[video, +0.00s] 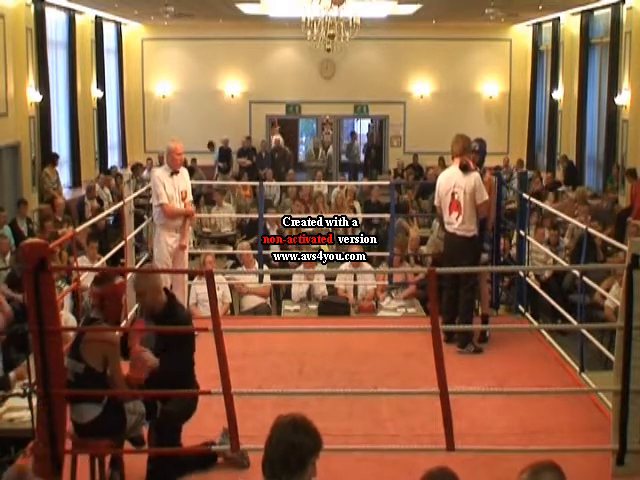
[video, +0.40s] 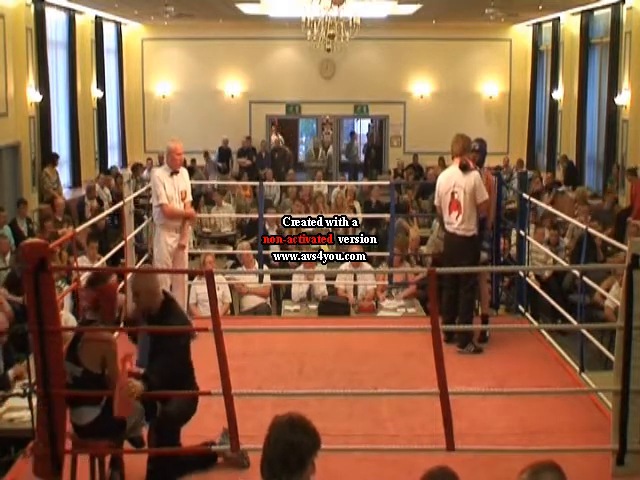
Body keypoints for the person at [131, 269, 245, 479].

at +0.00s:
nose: (139, 300)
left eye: (144, 294)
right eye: (137, 294)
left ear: (158, 290)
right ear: (136, 291)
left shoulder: (178, 318)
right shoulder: (144, 314)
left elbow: (183, 366)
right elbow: (125, 351)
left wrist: (157, 364)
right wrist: (127, 338)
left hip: (180, 392)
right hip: (154, 390)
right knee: (164, 465)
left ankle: (217, 451)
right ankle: (216, 448)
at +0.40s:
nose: (140, 301)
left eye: (144, 295)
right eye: (138, 295)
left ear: (154, 292)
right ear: (135, 294)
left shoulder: (173, 322)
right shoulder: (146, 313)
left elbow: (169, 365)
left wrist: (145, 383)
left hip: (180, 393)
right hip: (158, 392)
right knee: (164, 465)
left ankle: (217, 451)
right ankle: (216, 449)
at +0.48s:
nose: (137, 302)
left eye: (141, 295)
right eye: (135, 296)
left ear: (154, 292)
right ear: (133, 294)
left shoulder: (174, 321)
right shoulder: (142, 314)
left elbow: (168, 365)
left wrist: (145, 383)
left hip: (180, 391)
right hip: (154, 391)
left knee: (166, 416)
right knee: (164, 465)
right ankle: (216, 449)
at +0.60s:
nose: (132, 299)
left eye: (136, 293)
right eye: (130, 293)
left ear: (150, 293)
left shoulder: (172, 321)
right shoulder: (141, 317)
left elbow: (168, 362)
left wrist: (143, 381)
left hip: (181, 391)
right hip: (157, 391)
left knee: (165, 419)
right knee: (164, 466)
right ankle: (214, 449)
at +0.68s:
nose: (131, 298)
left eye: (135, 293)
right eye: (129, 292)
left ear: (153, 291)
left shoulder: (170, 320)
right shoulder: (142, 317)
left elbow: (166, 360)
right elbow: (142, 356)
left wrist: (142, 380)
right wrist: (130, 375)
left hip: (180, 391)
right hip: (156, 390)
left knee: (166, 417)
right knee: (163, 466)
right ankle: (214, 449)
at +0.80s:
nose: (130, 298)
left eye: (134, 293)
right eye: (129, 293)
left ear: (150, 292)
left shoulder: (170, 321)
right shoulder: (148, 314)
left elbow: (165, 362)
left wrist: (140, 381)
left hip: (179, 391)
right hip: (155, 390)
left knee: (166, 417)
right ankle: (214, 449)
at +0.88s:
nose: (129, 298)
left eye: (133, 293)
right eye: (128, 293)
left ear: (150, 292)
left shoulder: (169, 321)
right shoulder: (152, 316)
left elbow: (163, 362)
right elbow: (146, 357)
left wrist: (139, 382)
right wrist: (132, 377)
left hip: (180, 391)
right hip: (158, 389)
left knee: (166, 415)